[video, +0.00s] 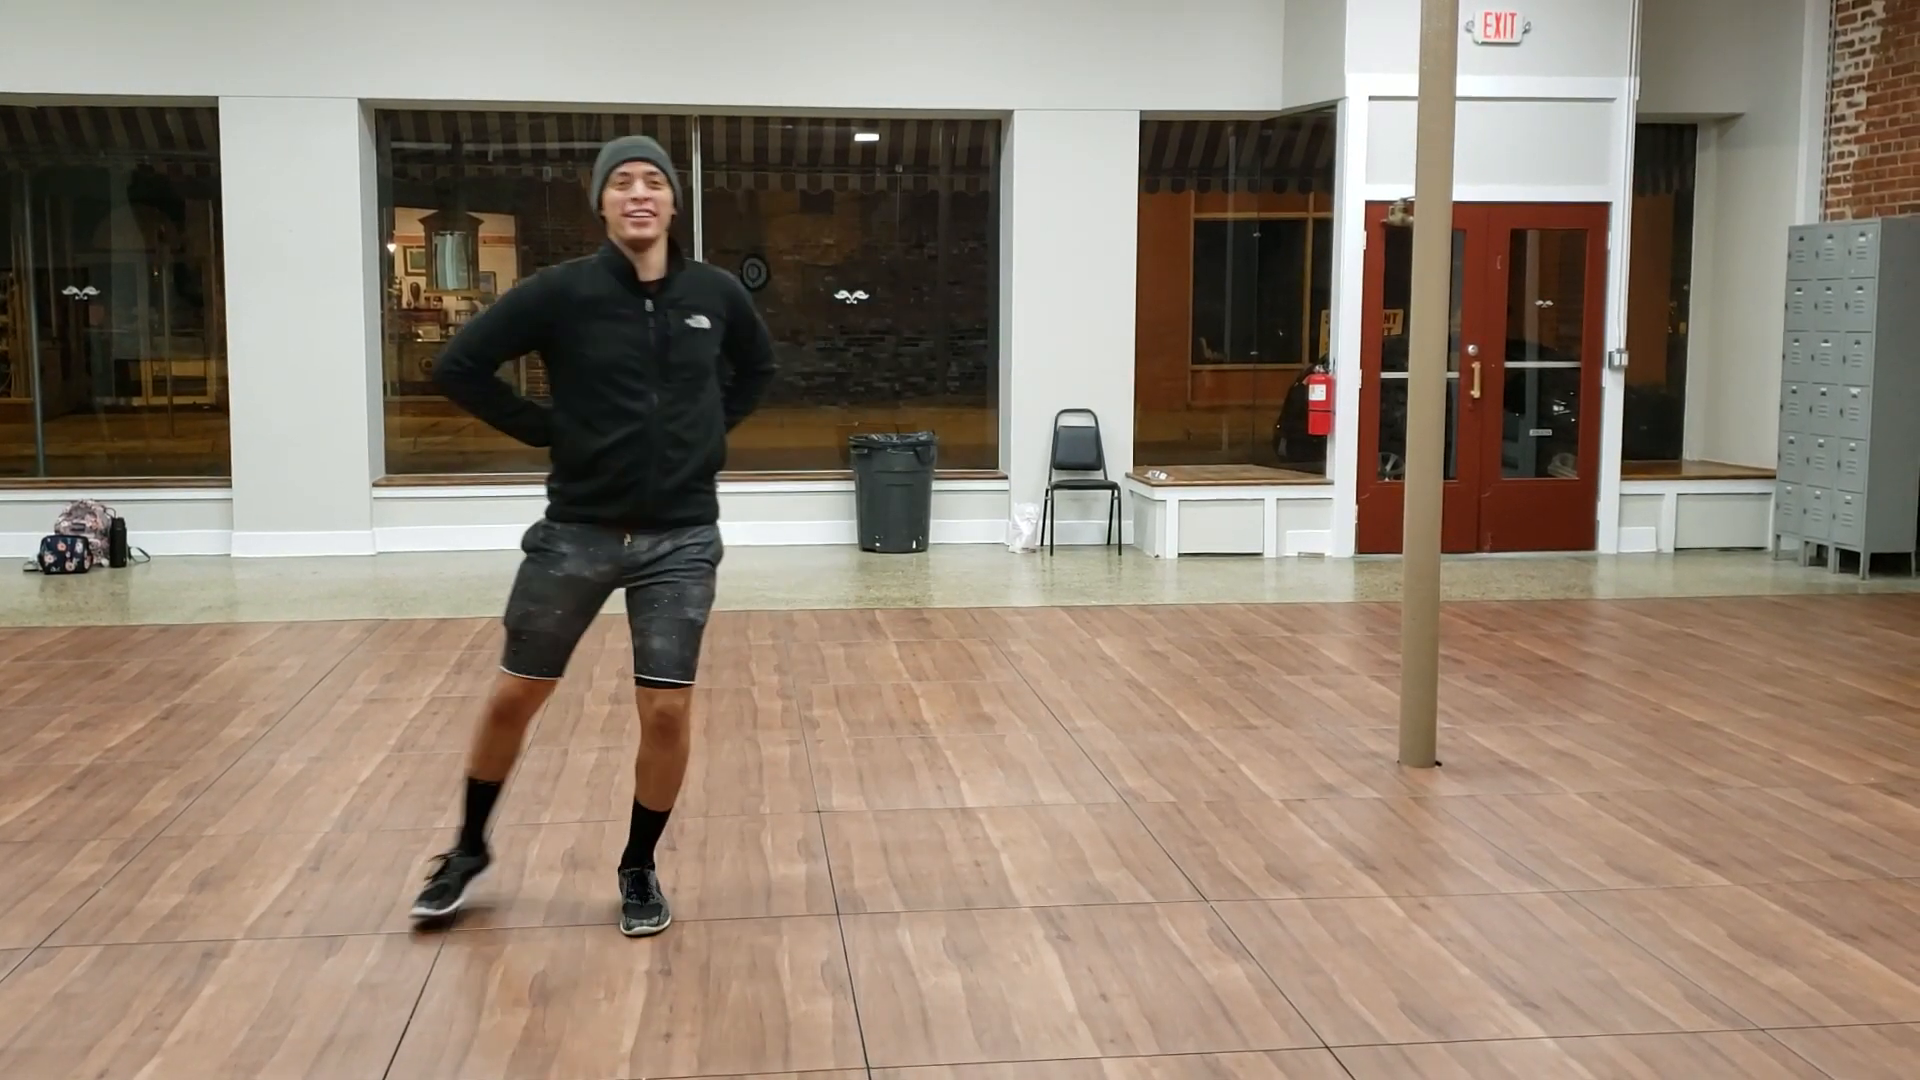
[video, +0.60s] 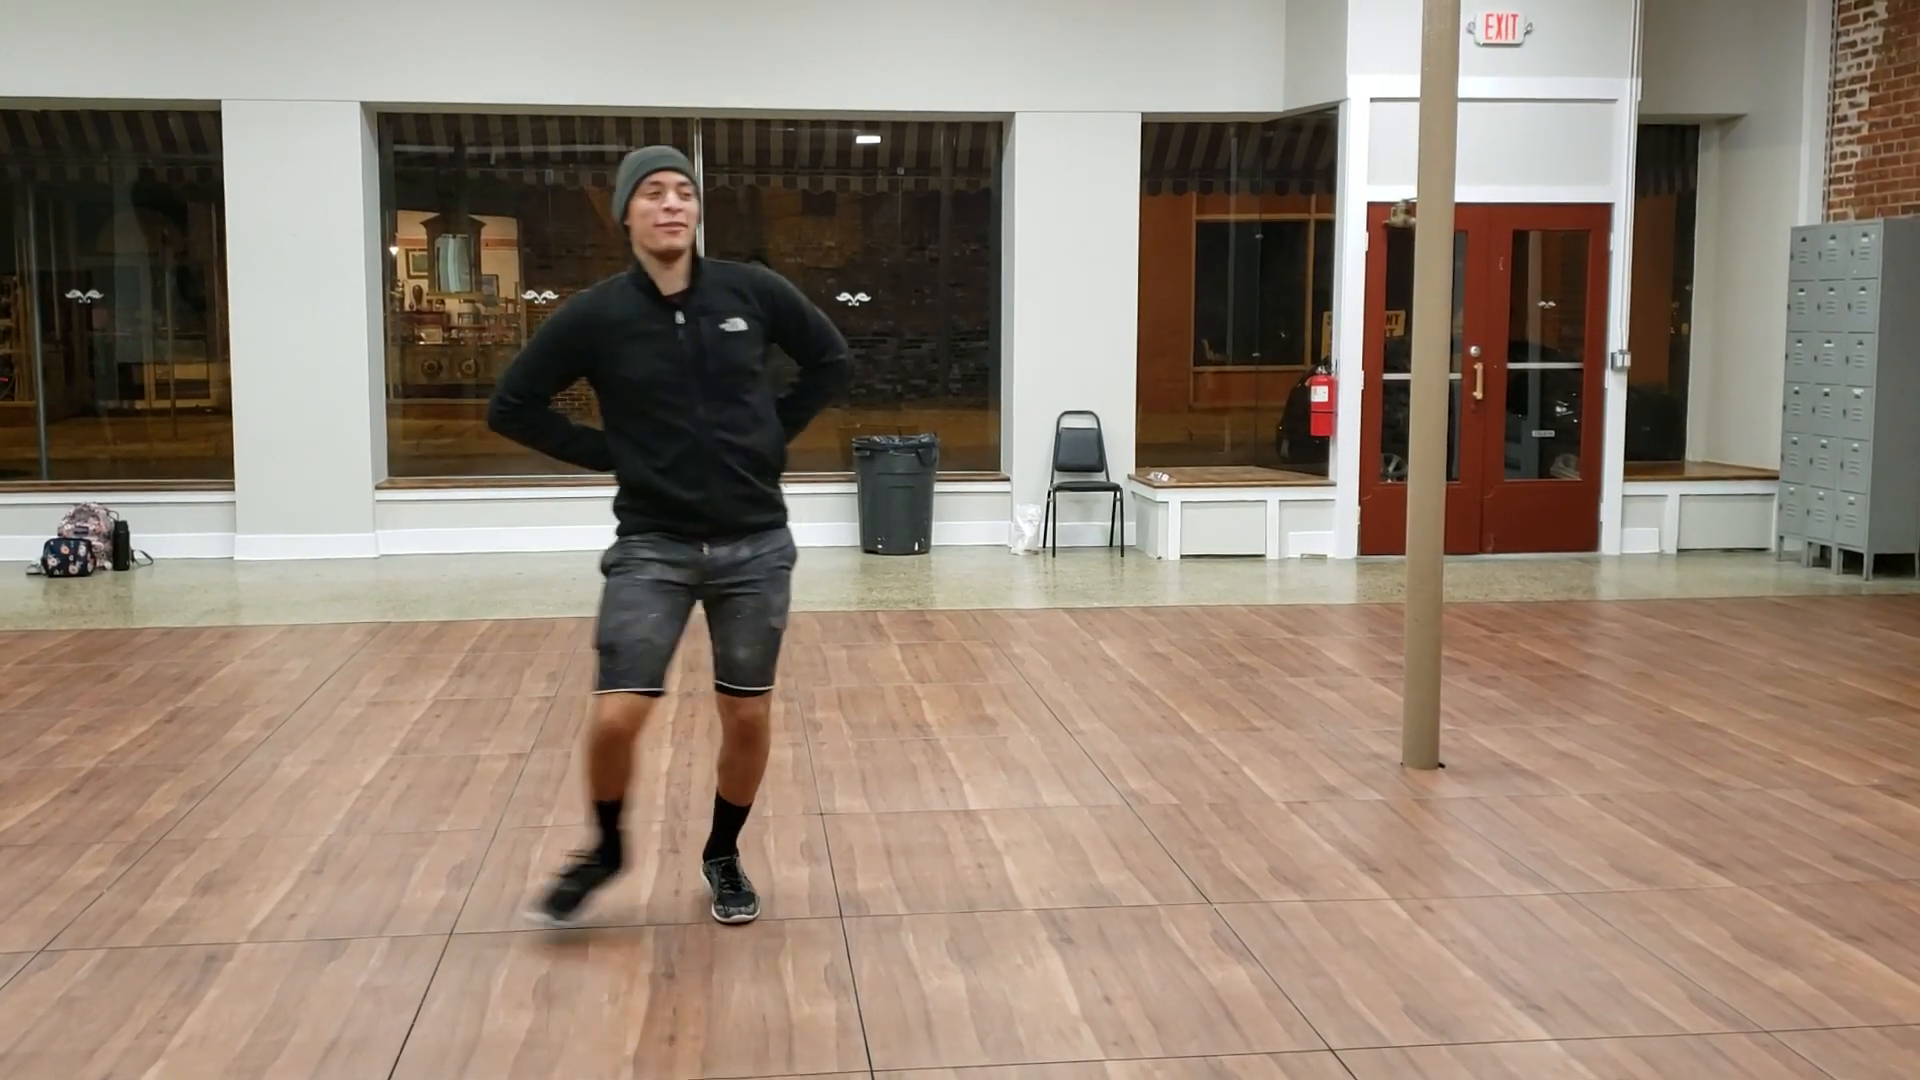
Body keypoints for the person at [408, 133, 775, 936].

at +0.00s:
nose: (639, 195)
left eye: (652, 184)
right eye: (623, 186)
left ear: (675, 203)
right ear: (601, 208)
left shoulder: (717, 293)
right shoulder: (558, 293)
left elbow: (757, 371)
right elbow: (457, 368)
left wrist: (704, 429)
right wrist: (545, 428)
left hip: (680, 535)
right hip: (575, 532)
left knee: (666, 708)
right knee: (515, 692)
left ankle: (639, 868)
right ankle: (468, 847)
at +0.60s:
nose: (671, 205)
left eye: (682, 194)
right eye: (653, 195)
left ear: (698, 214)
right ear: (625, 218)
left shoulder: (754, 291)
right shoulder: (593, 315)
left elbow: (832, 362)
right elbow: (509, 409)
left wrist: (770, 434)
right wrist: (608, 452)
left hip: (753, 539)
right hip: (651, 541)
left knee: (748, 713)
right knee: (615, 715)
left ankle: (722, 856)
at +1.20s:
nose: (855, 200)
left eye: (869, 190)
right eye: (840, 186)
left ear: (883, 210)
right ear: (807, 201)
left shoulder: (922, 295)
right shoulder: (763, 305)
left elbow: (1013, 388)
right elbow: (720, 386)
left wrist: (937, 453)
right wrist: (788, 441)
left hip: (925, 545)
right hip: (820, 552)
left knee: (990, 721)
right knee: (840, 732)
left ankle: (1032, 885)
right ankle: (876, 916)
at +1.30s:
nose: (882, 198)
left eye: (898, 189)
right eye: (867, 183)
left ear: (914, 210)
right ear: (838, 199)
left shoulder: (947, 297)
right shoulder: (799, 303)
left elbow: (1037, 398)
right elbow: (773, 383)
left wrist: (965, 456)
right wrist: (825, 434)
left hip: (947, 549)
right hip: (845, 553)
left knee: (1010, 719)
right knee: (850, 729)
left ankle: (1094, 895)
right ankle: (876, 916)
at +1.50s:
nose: (909, 239)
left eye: (929, 229)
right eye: (898, 223)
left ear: (950, 250)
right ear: (877, 237)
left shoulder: (979, 343)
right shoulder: (855, 334)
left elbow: (1062, 456)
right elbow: (852, 422)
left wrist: (991, 506)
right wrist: (883, 483)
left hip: (977, 584)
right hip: (881, 574)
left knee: (1031, 760)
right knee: (835, 746)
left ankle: (1108, 907)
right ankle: (889, 864)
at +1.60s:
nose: (905, 228)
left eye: (925, 220)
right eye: (894, 212)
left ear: (944, 244)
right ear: (870, 228)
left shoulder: (968, 336)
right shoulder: (843, 323)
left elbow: (1049, 448)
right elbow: (836, 409)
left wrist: (976, 496)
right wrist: (873, 474)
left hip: (962, 580)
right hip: (865, 571)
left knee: (1020, 753)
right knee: (827, 746)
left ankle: (1105, 904)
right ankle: (871, 846)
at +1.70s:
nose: (883, 210)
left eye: (902, 203)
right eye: (872, 195)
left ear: (919, 226)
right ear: (846, 209)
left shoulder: (939, 313)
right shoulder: (814, 302)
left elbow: (1022, 422)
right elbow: (784, 375)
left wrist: (945, 474)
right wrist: (822, 435)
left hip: (922, 564)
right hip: (826, 557)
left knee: (982, 735)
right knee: (812, 735)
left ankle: (1088, 894)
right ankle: (863, 854)